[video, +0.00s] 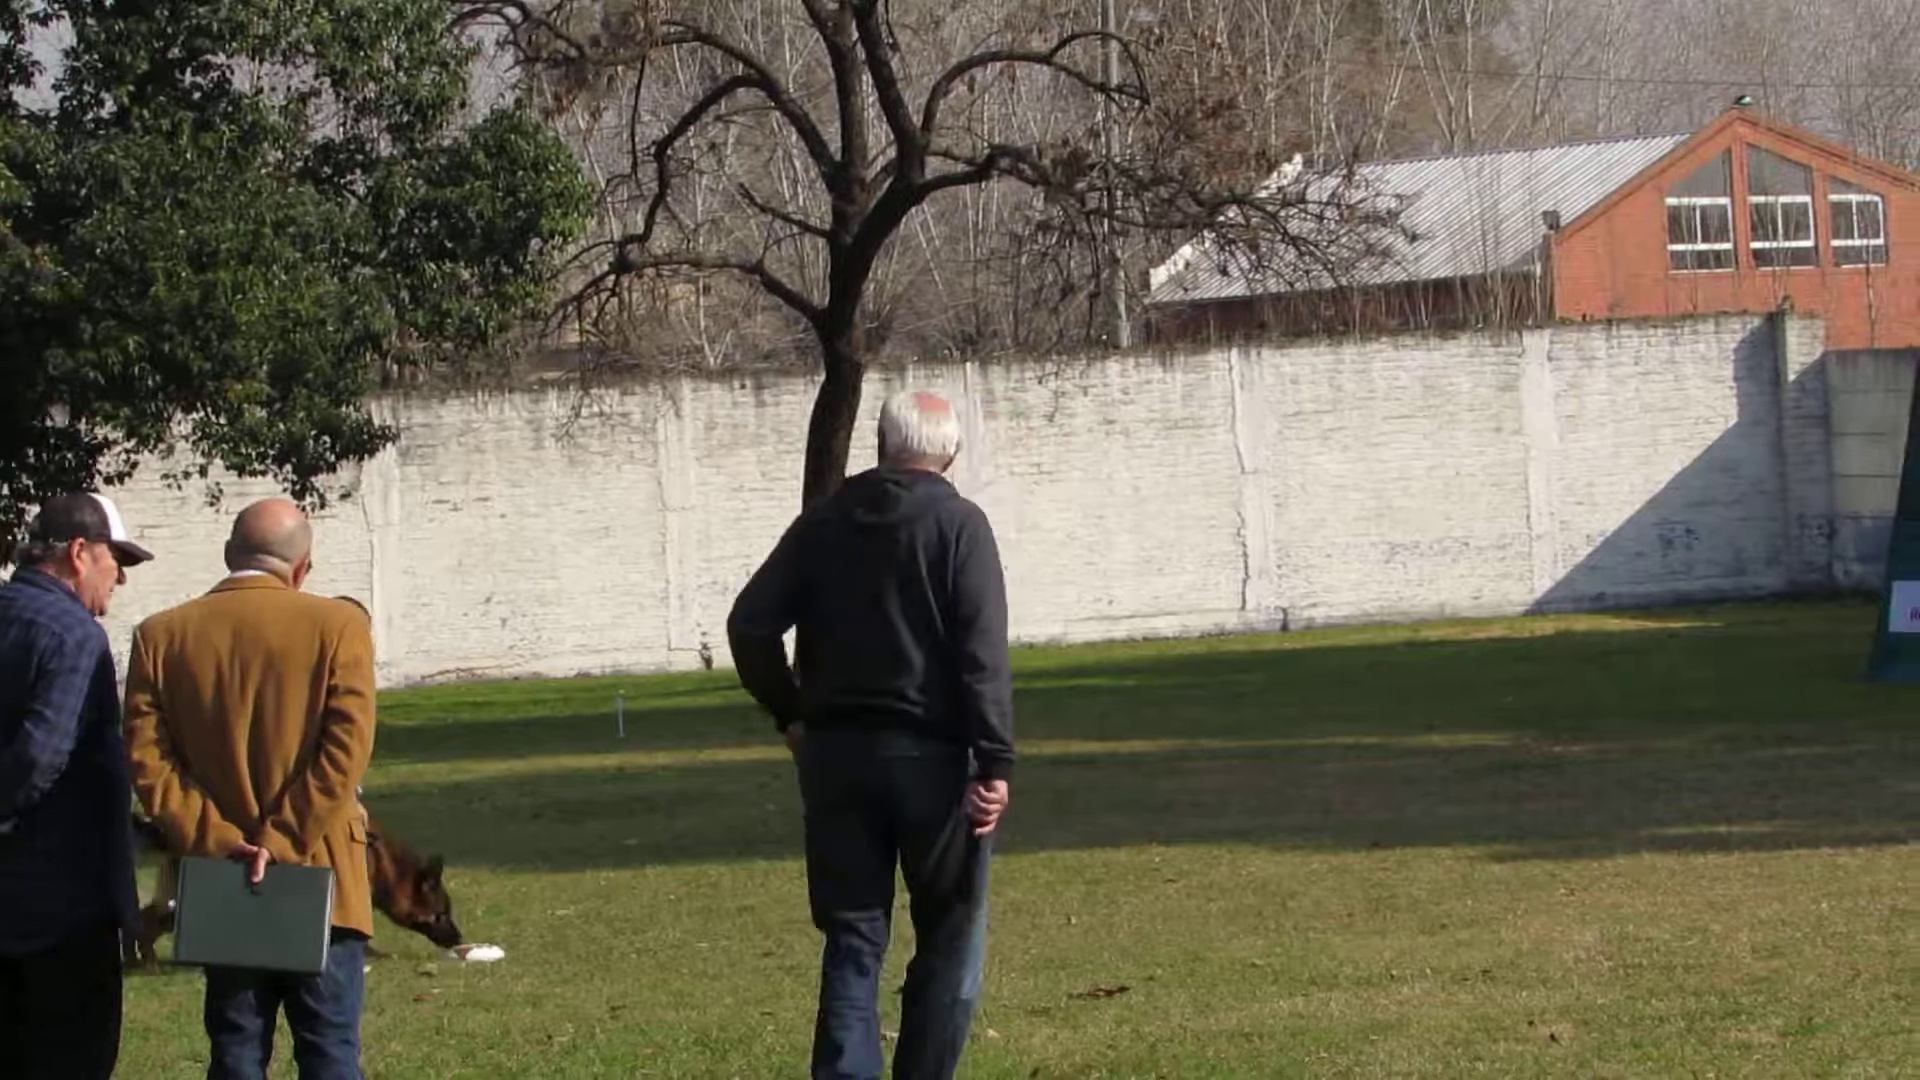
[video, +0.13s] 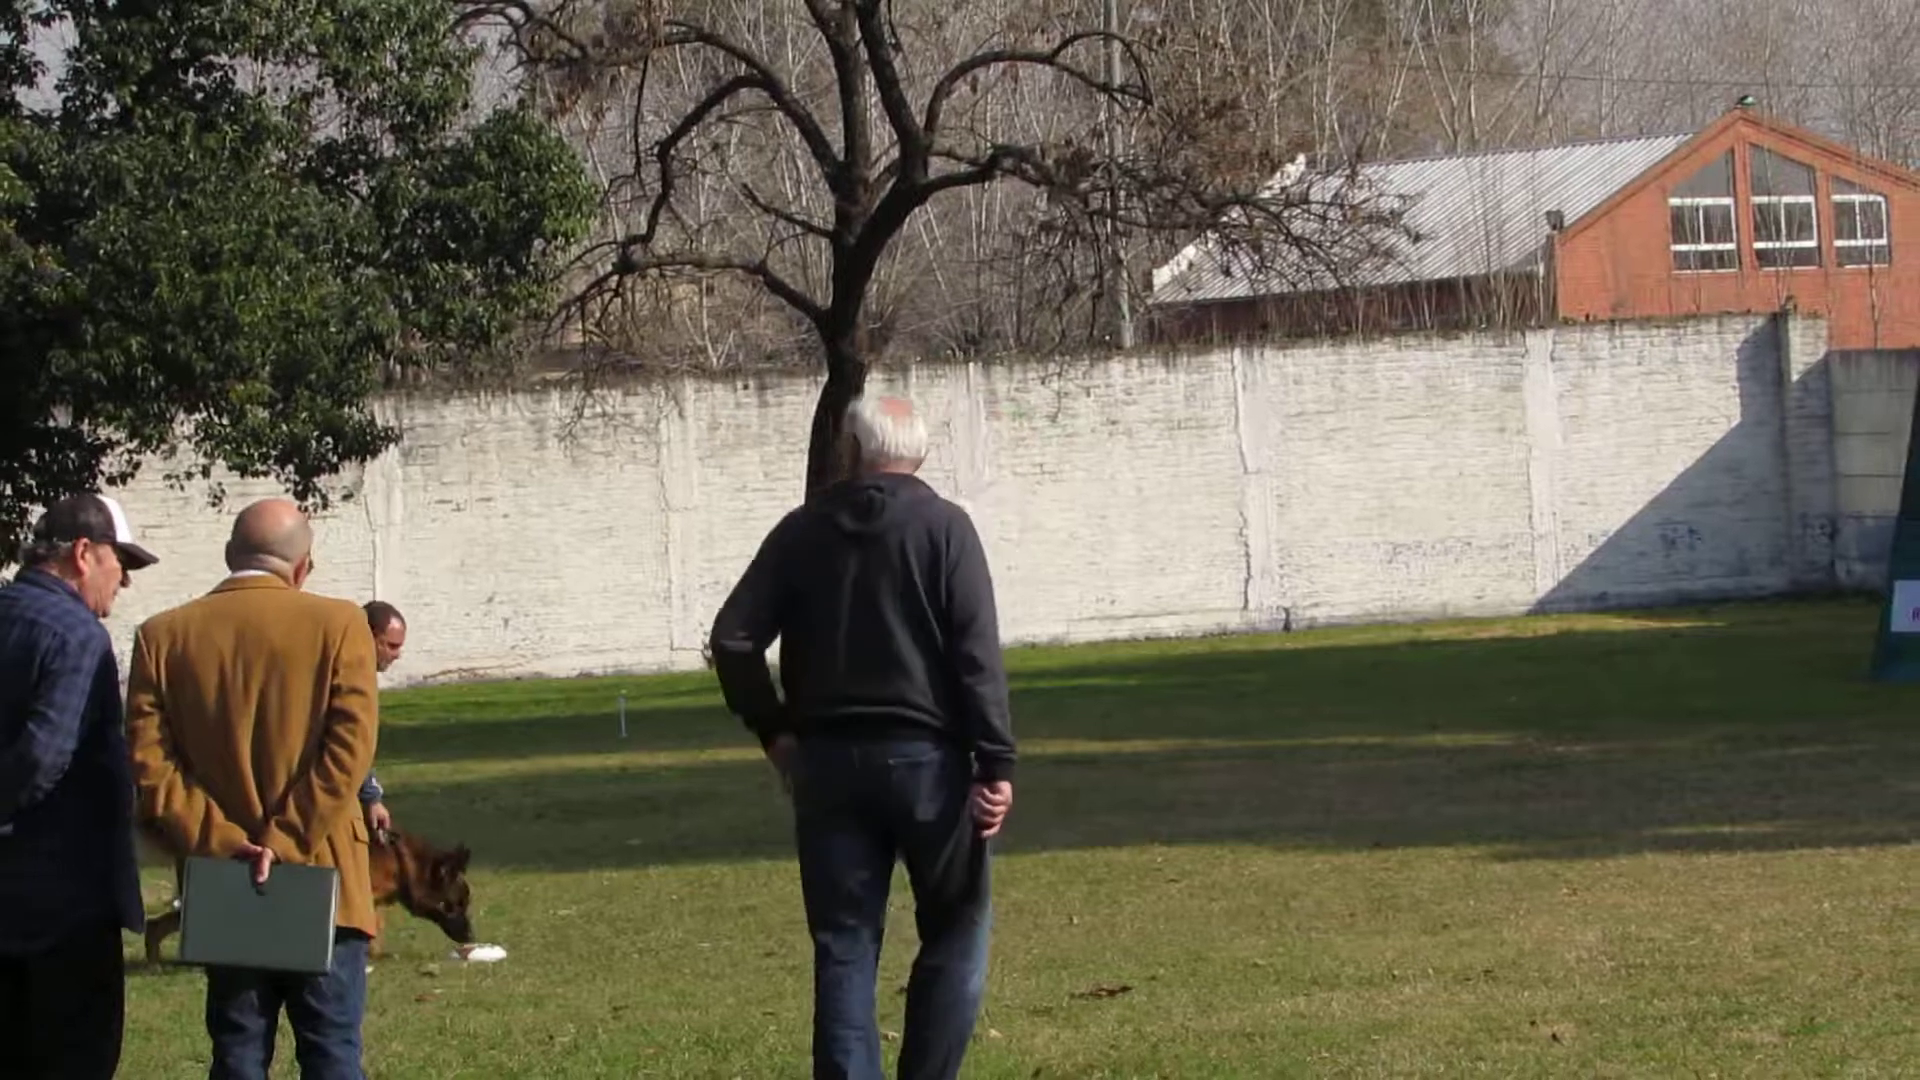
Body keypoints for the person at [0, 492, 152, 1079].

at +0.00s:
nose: (120, 578)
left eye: (122, 565)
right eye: (116, 561)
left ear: (59, 553)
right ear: (78, 554)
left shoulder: (13, 608)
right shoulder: (71, 630)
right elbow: (39, 756)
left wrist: (125, 905)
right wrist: (8, 814)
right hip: (61, 900)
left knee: (26, 1048)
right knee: (75, 1055)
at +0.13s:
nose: (124, 582)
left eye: (126, 568)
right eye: (121, 564)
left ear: (62, 553)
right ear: (82, 554)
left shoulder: (12, 607)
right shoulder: (74, 631)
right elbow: (42, 755)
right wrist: (6, 812)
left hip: (18, 888)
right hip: (64, 893)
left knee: (23, 1043)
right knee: (80, 1052)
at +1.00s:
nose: (129, 580)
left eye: (131, 566)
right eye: (125, 562)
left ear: (67, 552)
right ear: (86, 553)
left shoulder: (12, 608)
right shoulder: (81, 633)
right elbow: (44, 745)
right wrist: (17, 825)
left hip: (16, 896)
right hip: (69, 901)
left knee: (24, 1051)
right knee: (84, 1058)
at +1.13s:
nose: (117, 575)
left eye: (118, 561)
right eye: (112, 558)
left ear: (61, 551)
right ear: (74, 551)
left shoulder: (13, 602)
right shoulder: (69, 623)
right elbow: (37, 724)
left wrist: (106, 688)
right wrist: (23, 830)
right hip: (62, 900)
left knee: (24, 1049)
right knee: (76, 1057)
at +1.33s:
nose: (103, 527)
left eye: (104, 513)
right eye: (97, 511)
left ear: (50, 505)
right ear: (60, 504)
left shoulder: (15, 557)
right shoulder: (55, 574)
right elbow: (31, 680)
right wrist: (87, 760)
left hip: (18, 832)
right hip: (47, 843)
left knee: (27, 1003)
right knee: (64, 1006)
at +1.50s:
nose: (98, 446)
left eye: (99, 433)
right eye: (91, 431)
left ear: (45, 428)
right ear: (53, 426)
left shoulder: (27, 489)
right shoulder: (44, 499)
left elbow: (46, 617)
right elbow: (45, 619)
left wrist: (112, 656)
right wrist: (116, 659)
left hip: (32, 751)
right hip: (43, 758)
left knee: (46, 911)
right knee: (54, 917)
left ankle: (36, 1050)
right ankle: (41, 1055)